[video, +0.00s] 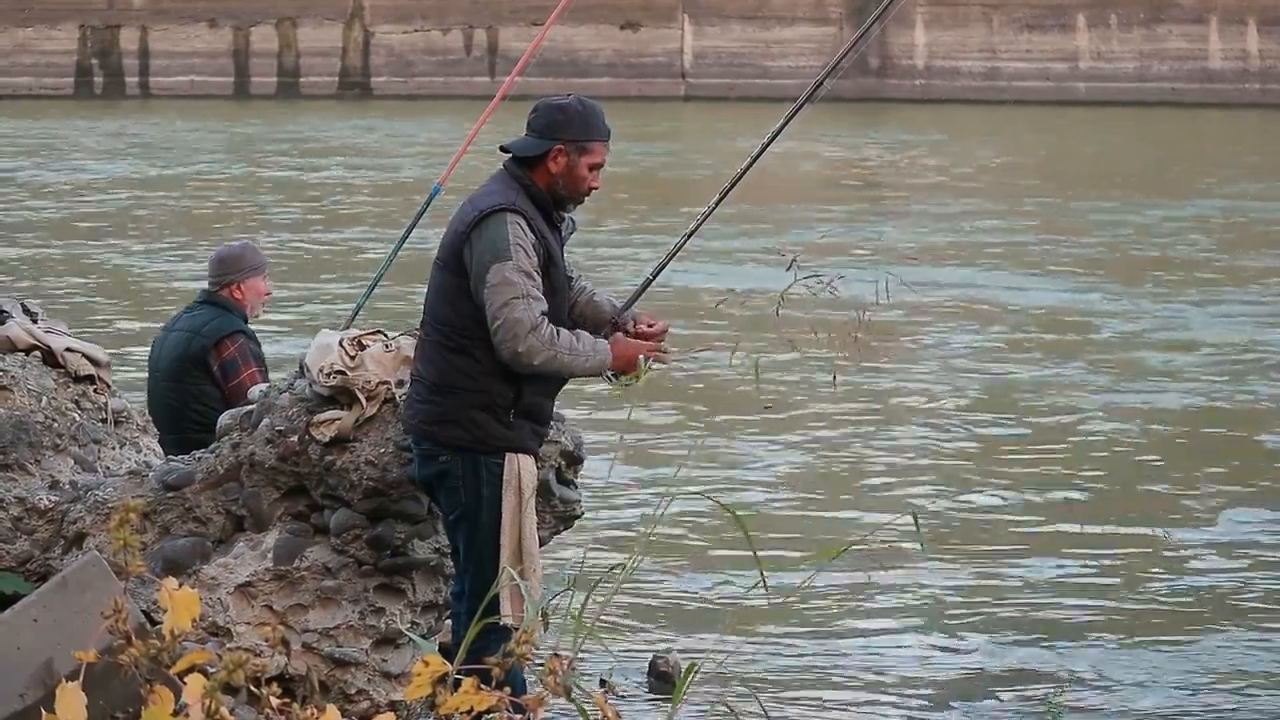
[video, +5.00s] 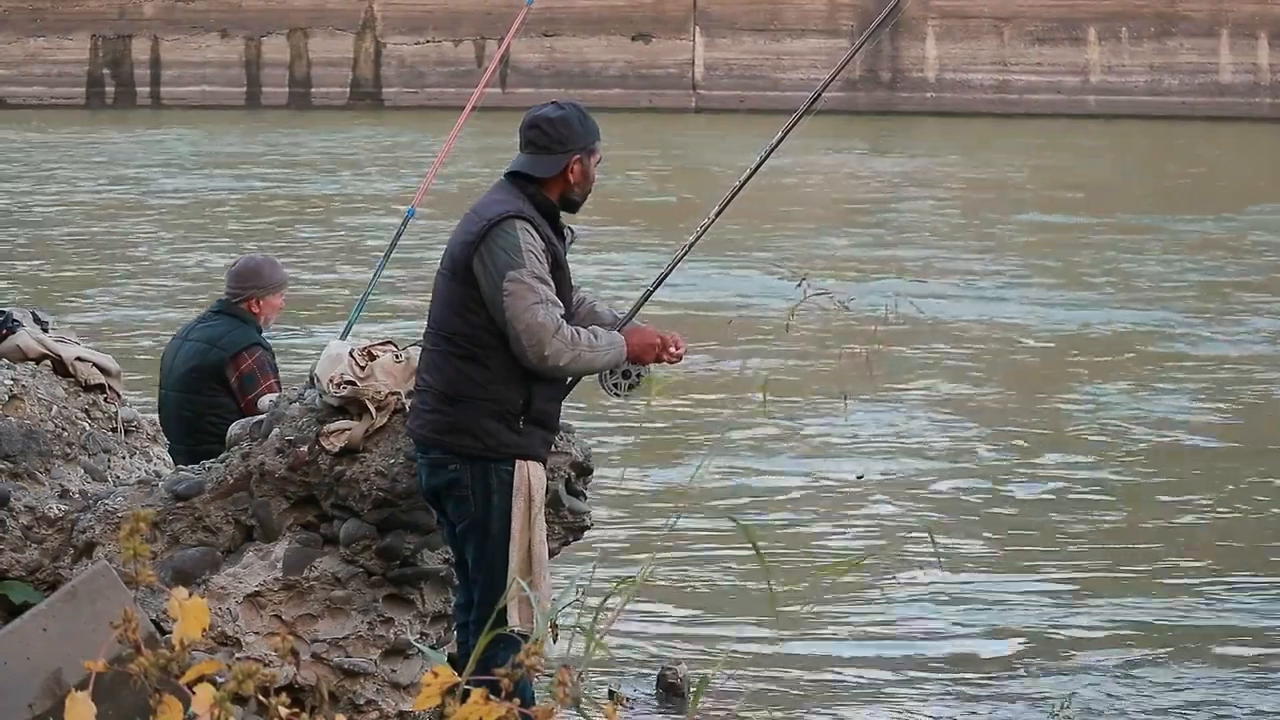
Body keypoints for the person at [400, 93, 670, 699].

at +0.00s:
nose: (598, 180)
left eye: (601, 167)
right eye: (593, 167)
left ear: (559, 159)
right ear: (555, 159)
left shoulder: (532, 216)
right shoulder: (504, 223)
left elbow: (561, 296)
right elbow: (522, 340)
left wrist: (618, 321)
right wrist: (609, 354)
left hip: (492, 433)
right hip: (468, 438)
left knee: (494, 592)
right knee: (489, 596)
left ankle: (487, 709)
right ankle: (488, 711)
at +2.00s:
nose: (598, 172)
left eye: (598, 161)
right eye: (595, 162)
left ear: (554, 161)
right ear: (571, 167)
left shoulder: (532, 220)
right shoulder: (508, 228)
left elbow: (564, 303)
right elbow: (539, 340)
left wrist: (626, 329)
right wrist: (623, 353)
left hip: (492, 437)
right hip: (469, 443)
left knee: (497, 587)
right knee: (489, 590)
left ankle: (488, 705)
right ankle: (487, 708)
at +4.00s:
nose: (592, 175)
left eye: (592, 163)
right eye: (589, 163)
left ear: (540, 162)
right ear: (572, 168)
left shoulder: (529, 222)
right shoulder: (511, 230)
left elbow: (561, 306)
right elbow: (545, 341)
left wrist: (626, 330)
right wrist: (624, 345)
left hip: (490, 440)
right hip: (472, 445)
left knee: (497, 591)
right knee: (493, 595)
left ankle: (490, 709)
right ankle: (489, 712)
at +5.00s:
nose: (595, 174)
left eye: (595, 162)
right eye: (593, 162)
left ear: (545, 163)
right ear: (572, 169)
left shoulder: (528, 223)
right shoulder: (510, 230)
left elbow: (565, 308)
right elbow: (544, 345)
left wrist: (631, 332)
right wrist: (625, 345)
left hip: (488, 445)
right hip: (475, 450)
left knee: (489, 603)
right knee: (497, 608)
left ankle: (482, 710)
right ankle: (498, 714)